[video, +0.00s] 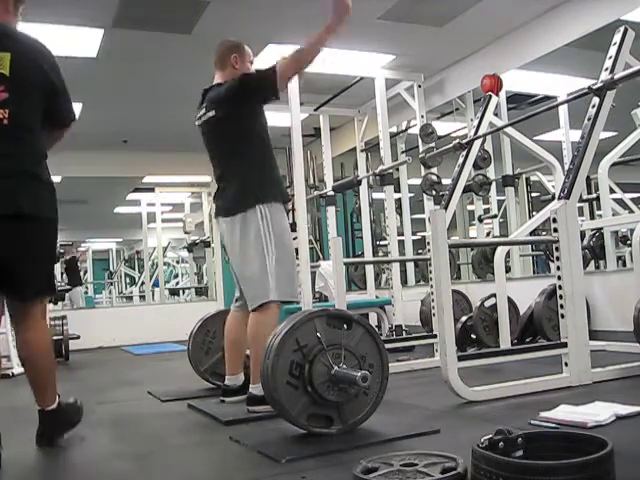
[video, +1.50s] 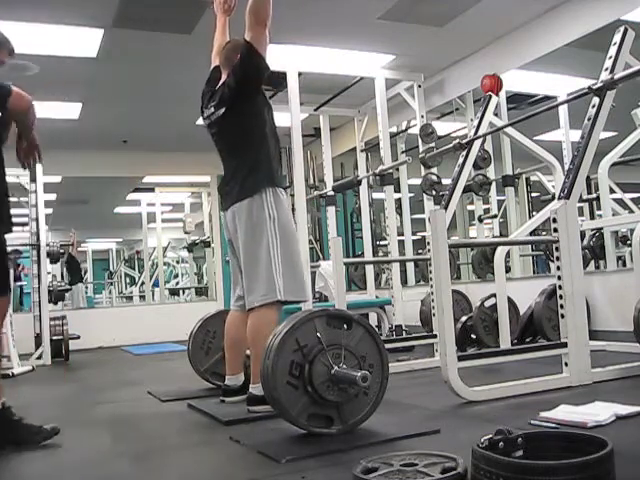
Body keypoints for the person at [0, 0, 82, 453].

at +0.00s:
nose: (18, 12)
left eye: (14, 8)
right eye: (18, 7)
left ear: (4, 8)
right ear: (12, 7)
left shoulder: (32, 52)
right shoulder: (31, 51)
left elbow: (58, 120)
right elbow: (61, 121)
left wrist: (25, 154)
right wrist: (25, 154)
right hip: (22, 199)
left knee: (29, 311)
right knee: (29, 310)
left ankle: (50, 412)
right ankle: (50, 414)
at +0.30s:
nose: (42, 35)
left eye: (41, 29)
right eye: (43, 29)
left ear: (2, 24)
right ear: (35, 25)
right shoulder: (50, 73)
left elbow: (80, 126)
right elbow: (83, 125)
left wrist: (49, 151)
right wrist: (47, 152)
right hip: (38, 215)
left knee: (1, 316)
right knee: (42, 314)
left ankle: (57, 411)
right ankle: (57, 412)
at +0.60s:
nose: (65, 57)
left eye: (65, 52)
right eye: (67, 51)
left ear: (26, 37)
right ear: (60, 44)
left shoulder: (0, 63)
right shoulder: (65, 75)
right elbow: (88, 102)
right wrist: (58, 66)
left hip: (1, 213)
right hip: (50, 213)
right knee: (49, 312)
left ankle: (58, 411)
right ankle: (57, 413)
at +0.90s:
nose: (55, 67)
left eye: (55, 62)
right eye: (55, 61)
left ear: (16, 48)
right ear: (43, 53)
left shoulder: (5, 75)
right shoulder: (34, 78)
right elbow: (75, 85)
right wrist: (45, 69)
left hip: (6, 217)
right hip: (37, 215)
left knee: (4, 310)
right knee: (46, 310)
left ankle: (57, 410)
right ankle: (57, 412)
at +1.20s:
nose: (25, 67)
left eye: (25, 62)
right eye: (23, 62)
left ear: (0, 54)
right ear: (7, 55)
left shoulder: (8, 80)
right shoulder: (8, 76)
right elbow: (55, 86)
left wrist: (23, 110)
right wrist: (25, 103)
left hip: (14, 213)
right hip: (11, 214)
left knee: (26, 309)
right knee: (26, 308)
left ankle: (55, 408)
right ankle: (55, 408)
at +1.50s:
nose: (7, 62)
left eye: (6, 58)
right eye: (5, 57)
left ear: (7, 56)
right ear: (1, 53)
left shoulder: (9, 92)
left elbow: (20, 102)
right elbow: (21, 102)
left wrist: (25, 133)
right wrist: (26, 134)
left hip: (3, 222)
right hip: (1, 224)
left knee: (4, 300)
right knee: (3, 299)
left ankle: (3, 412)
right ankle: (2, 414)